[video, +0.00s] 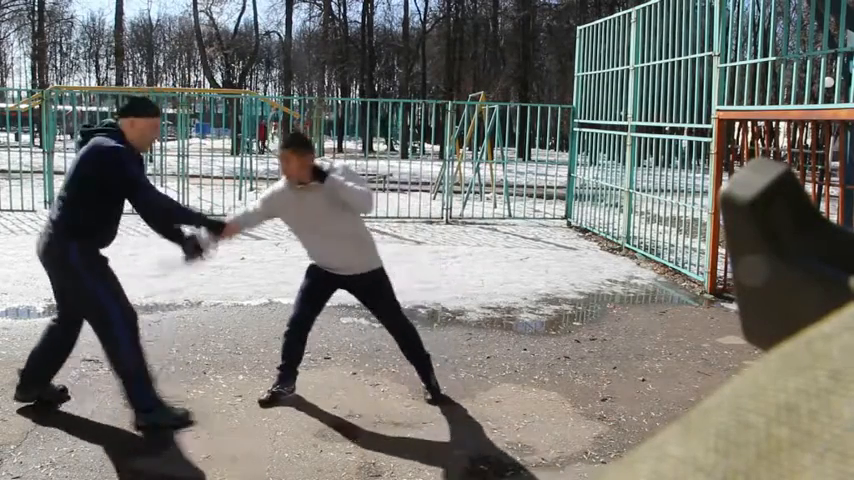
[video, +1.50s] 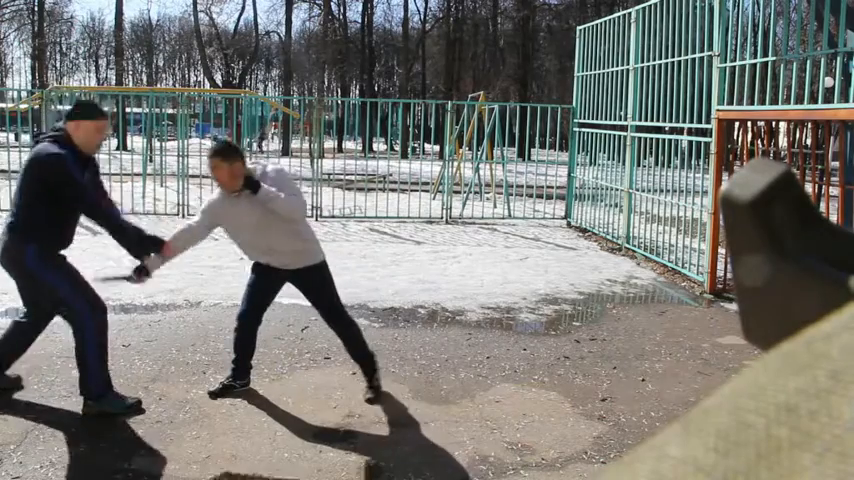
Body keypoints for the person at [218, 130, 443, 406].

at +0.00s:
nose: (282, 166)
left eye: (287, 160)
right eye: (281, 160)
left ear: (307, 159)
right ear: (282, 162)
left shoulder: (337, 179)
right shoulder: (280, 196)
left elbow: (367, 203)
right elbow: (252, 216)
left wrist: (327, 181)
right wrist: (226, 227)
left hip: (364, 268)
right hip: (323, 269)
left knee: (397, 324)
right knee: (298, 323)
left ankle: (429, 379)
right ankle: (285, 382)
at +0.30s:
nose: (276, 162)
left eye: (278, 155)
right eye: (273, 156)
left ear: (297, 150)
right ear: (280, 154)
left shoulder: (336, 169)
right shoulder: (277, 190)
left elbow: (345, 210)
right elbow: (271, 224)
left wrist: (306, 187)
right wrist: (247, 255)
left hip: (354, 261)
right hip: (313, 263)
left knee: (381, 319)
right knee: (295, 320)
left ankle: (405, 376)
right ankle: (284, 383)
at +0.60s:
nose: (315, 150)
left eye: (318, 144)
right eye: (314, 144)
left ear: (337, 142)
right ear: (332, 143)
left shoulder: (374, 171)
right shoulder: (325, 174)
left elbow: (374, 218)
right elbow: (321, 216)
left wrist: (335, 200)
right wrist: (296, 213)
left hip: (371, 266)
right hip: (334, 263)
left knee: (386, 328)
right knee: (312, 322)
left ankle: (401, 381)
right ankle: (288, 380)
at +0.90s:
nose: (326, 150)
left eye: (330, 144)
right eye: (326, 145)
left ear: (350, 142)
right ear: (344, 144)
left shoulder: (384, 174)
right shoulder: (340, 175)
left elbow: (376, 216)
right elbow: (330, 215)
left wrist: (340, 190)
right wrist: (309, 223)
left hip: (369, 269)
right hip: (334, 263)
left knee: (382, 331)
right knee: (305, 315)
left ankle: (401, 381)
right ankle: (295, 378)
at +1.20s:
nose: (283, 158)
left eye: (287, 152)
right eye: (282, 152)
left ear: (303, 150)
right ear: (286, 154)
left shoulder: (335, 174)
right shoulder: (282, 185)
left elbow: (336, 212)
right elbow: (255, 216)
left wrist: (305, 179)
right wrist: (230, 249)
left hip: (339, 272)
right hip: (301, 269)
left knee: (367, 328)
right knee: (265, 318)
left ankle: (401, 383)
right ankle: (241, 376)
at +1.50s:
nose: (216, 176)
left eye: (220, 168)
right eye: (213, 170)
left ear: (239, 166)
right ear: (214, 173)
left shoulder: (274, 177)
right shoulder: (218, 207)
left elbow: (299, 210)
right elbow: (189, 235)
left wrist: (259, 191)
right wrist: (152, 261)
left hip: (306, 261)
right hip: (267, 265)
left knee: (336, 317)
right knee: (247, 319)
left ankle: (370, 371)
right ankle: (239, 377)